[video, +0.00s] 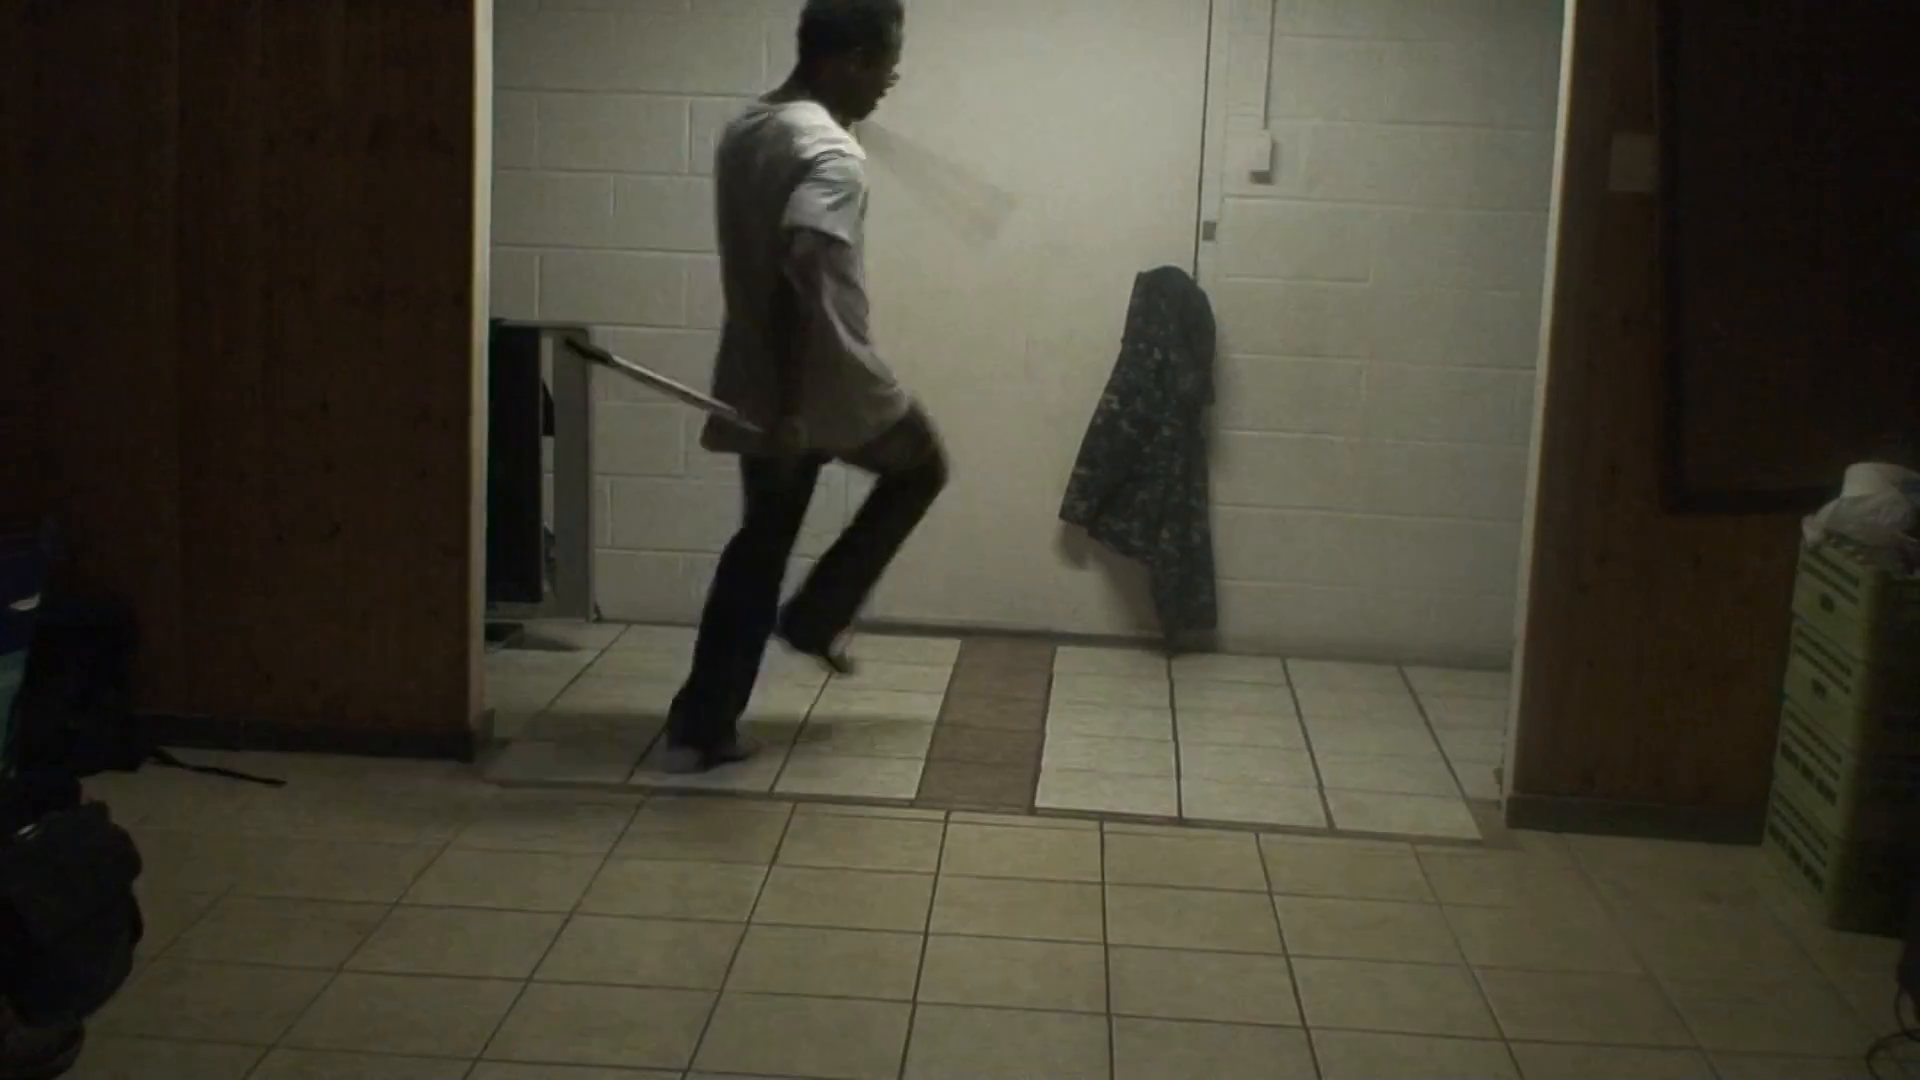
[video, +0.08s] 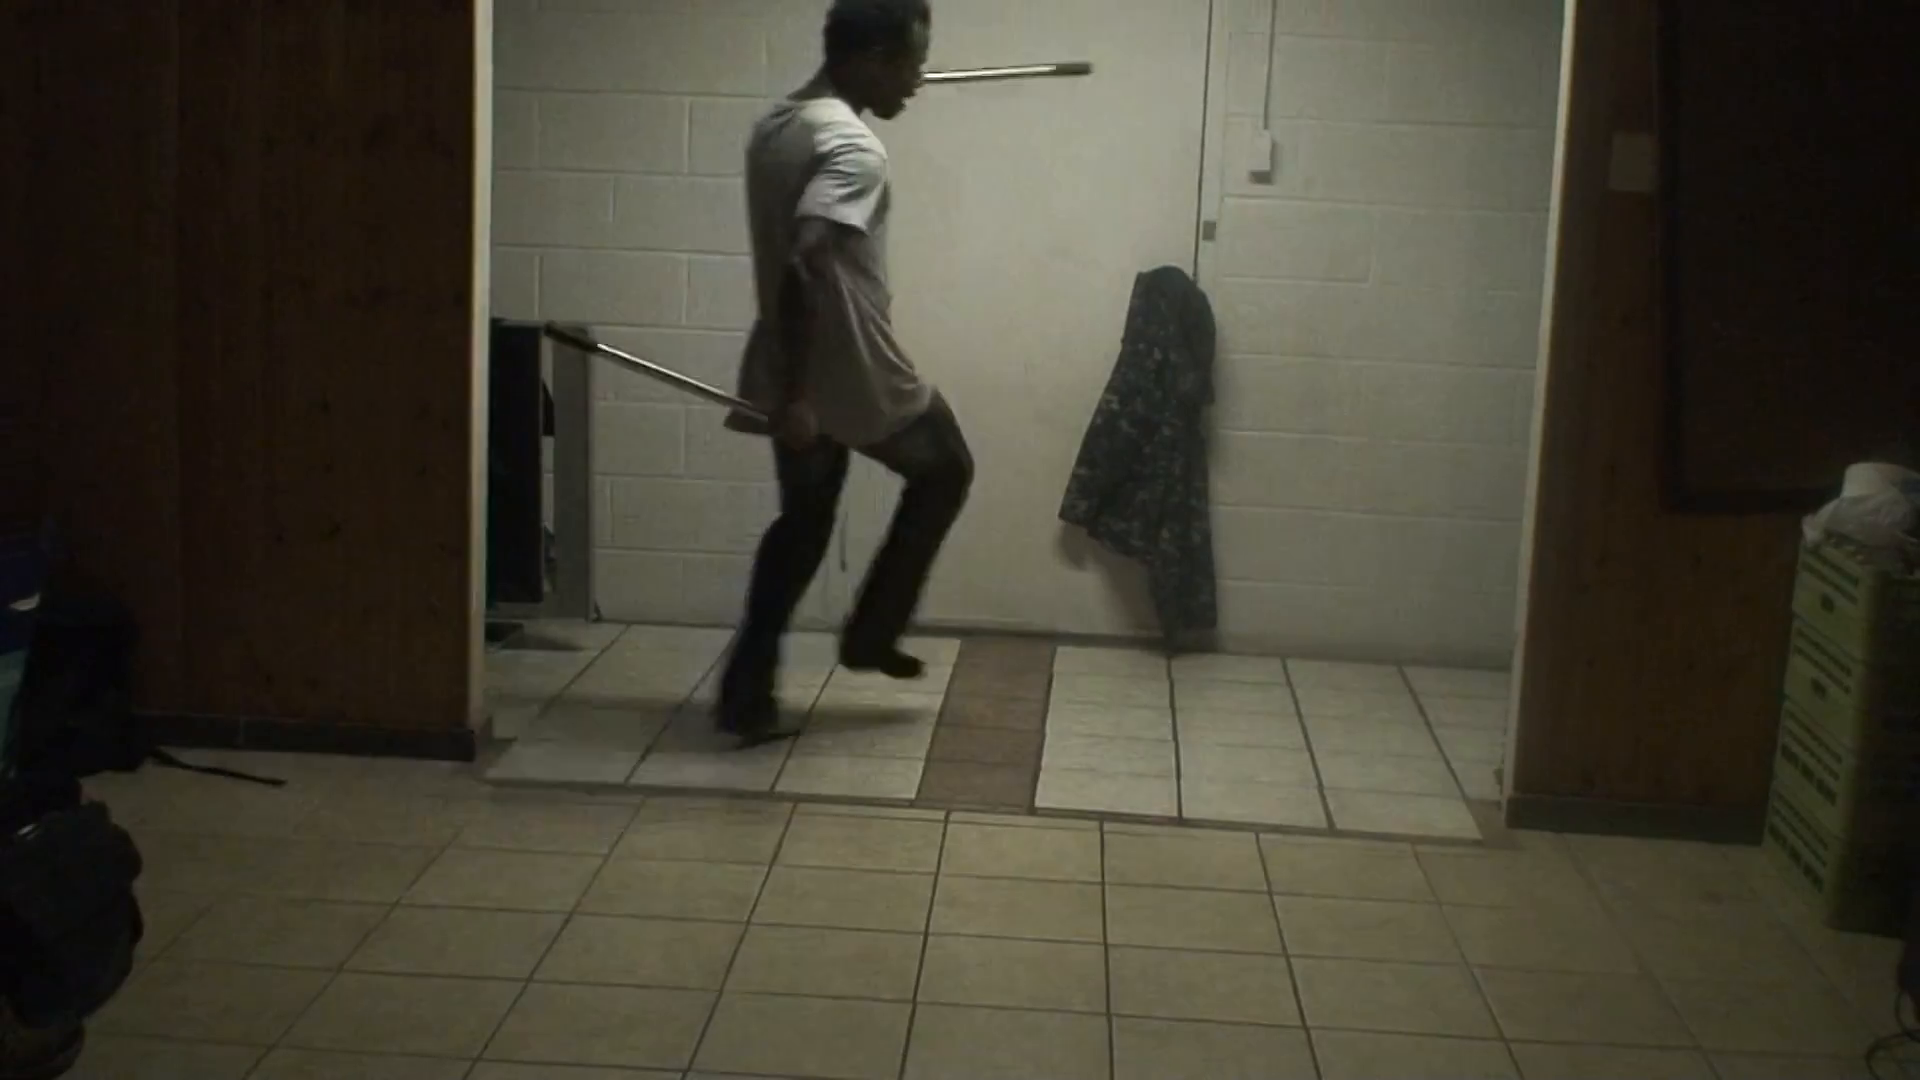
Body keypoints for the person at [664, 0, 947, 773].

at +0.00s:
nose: (889, 85)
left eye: (892, 68)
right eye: (885, 67)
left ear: (816, 56)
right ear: (846, 62)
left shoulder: (743, 133)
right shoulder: (830, 153)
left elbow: (748, 268)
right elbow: (804, 273)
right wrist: (821, 387)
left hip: (757, 380)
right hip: (821, 380)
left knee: (762, 539)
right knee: (920, 469)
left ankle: (704, 722)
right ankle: (817, 616)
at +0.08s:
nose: (918, 80)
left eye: (920, 64)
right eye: (913, 63)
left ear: (850, 53)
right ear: (871, 56)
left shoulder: (774, 128)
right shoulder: (852, 144)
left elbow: (777, 263)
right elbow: (808, 261)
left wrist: (770, 384)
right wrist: (800, 389)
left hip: (787, 367)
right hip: (851, 366)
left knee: (803, 521)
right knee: (946, 470)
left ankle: (745, 696)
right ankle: (873, 633)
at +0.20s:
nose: (955, 104)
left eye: (959, 87)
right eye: (946, 85)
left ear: (888, 80)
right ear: (899, 79)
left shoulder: (827, 148)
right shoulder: (886, 171)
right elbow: (840, 289)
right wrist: (841, 411)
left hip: (835, 397)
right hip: (898, 400)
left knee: (837, 535)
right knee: (957, 525)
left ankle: (770, 698)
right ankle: (922, 681)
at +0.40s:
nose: (1031, 117)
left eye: (1036, 102)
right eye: (1019, 101)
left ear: (980, 93)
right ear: (971, 89)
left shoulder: (959, 164)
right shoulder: (940, 179)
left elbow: (950, 297)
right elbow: (899, 298)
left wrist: (1013, 343)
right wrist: (983, 374)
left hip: (973, 407)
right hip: (958, 414)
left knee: (978, 529)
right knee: (985, 551)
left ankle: (859, 603)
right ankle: (924, 687)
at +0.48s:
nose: (1058, 115)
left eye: (1065, 100)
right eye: (1046, 99)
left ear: (1062, 87)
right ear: (998, 82)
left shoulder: (1002, 154)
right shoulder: (959, 167)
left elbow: (985, 268)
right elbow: (916, 281)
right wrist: (1031, 274)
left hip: (1038, 374)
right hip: (987, 396)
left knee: (1114, 461)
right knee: (998, 551)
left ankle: (986, 553)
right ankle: (921, 680)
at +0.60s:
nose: (1100, 102)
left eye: (1110, 85)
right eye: (1087, 83)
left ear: (1115, 76)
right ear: (1040, 69)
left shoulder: (1048, 140)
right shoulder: (995, 156)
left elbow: (1032, 260)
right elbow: (963, 272)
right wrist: (1042, 208)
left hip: (1085, 355)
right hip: (1026, 393)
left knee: (1185, 450)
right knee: (1058, 532)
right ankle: (1002, 676)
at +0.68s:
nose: (1124, 105)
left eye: (1134, 87)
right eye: (1109, 87)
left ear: (1140, 78)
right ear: (1063, 75)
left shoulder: (1086, 146)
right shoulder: (1015, 167)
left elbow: (1066, 267)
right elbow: (989, 288)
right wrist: (1082, 241)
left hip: (1124, 376)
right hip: (1057, 399)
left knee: (1195, 519)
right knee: (1077, 539)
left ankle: (1181, 689)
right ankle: (1022, 684)